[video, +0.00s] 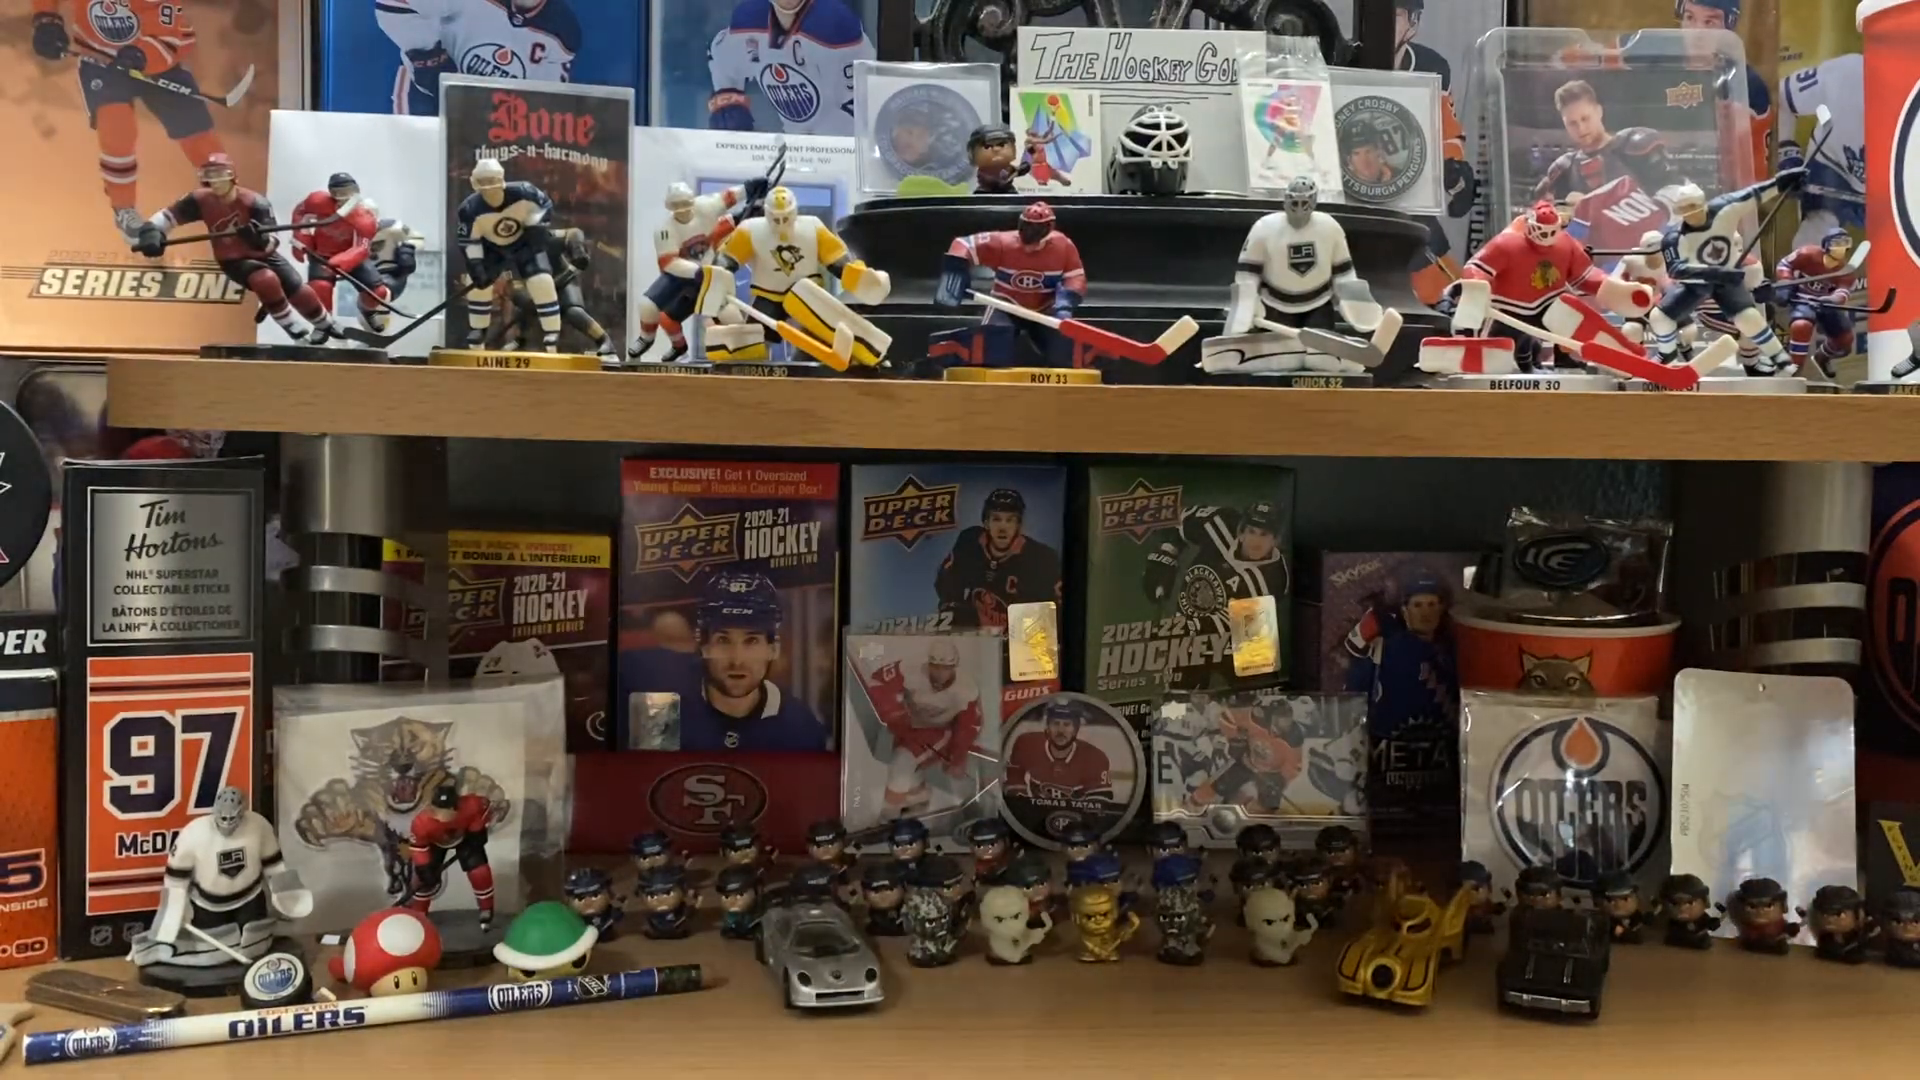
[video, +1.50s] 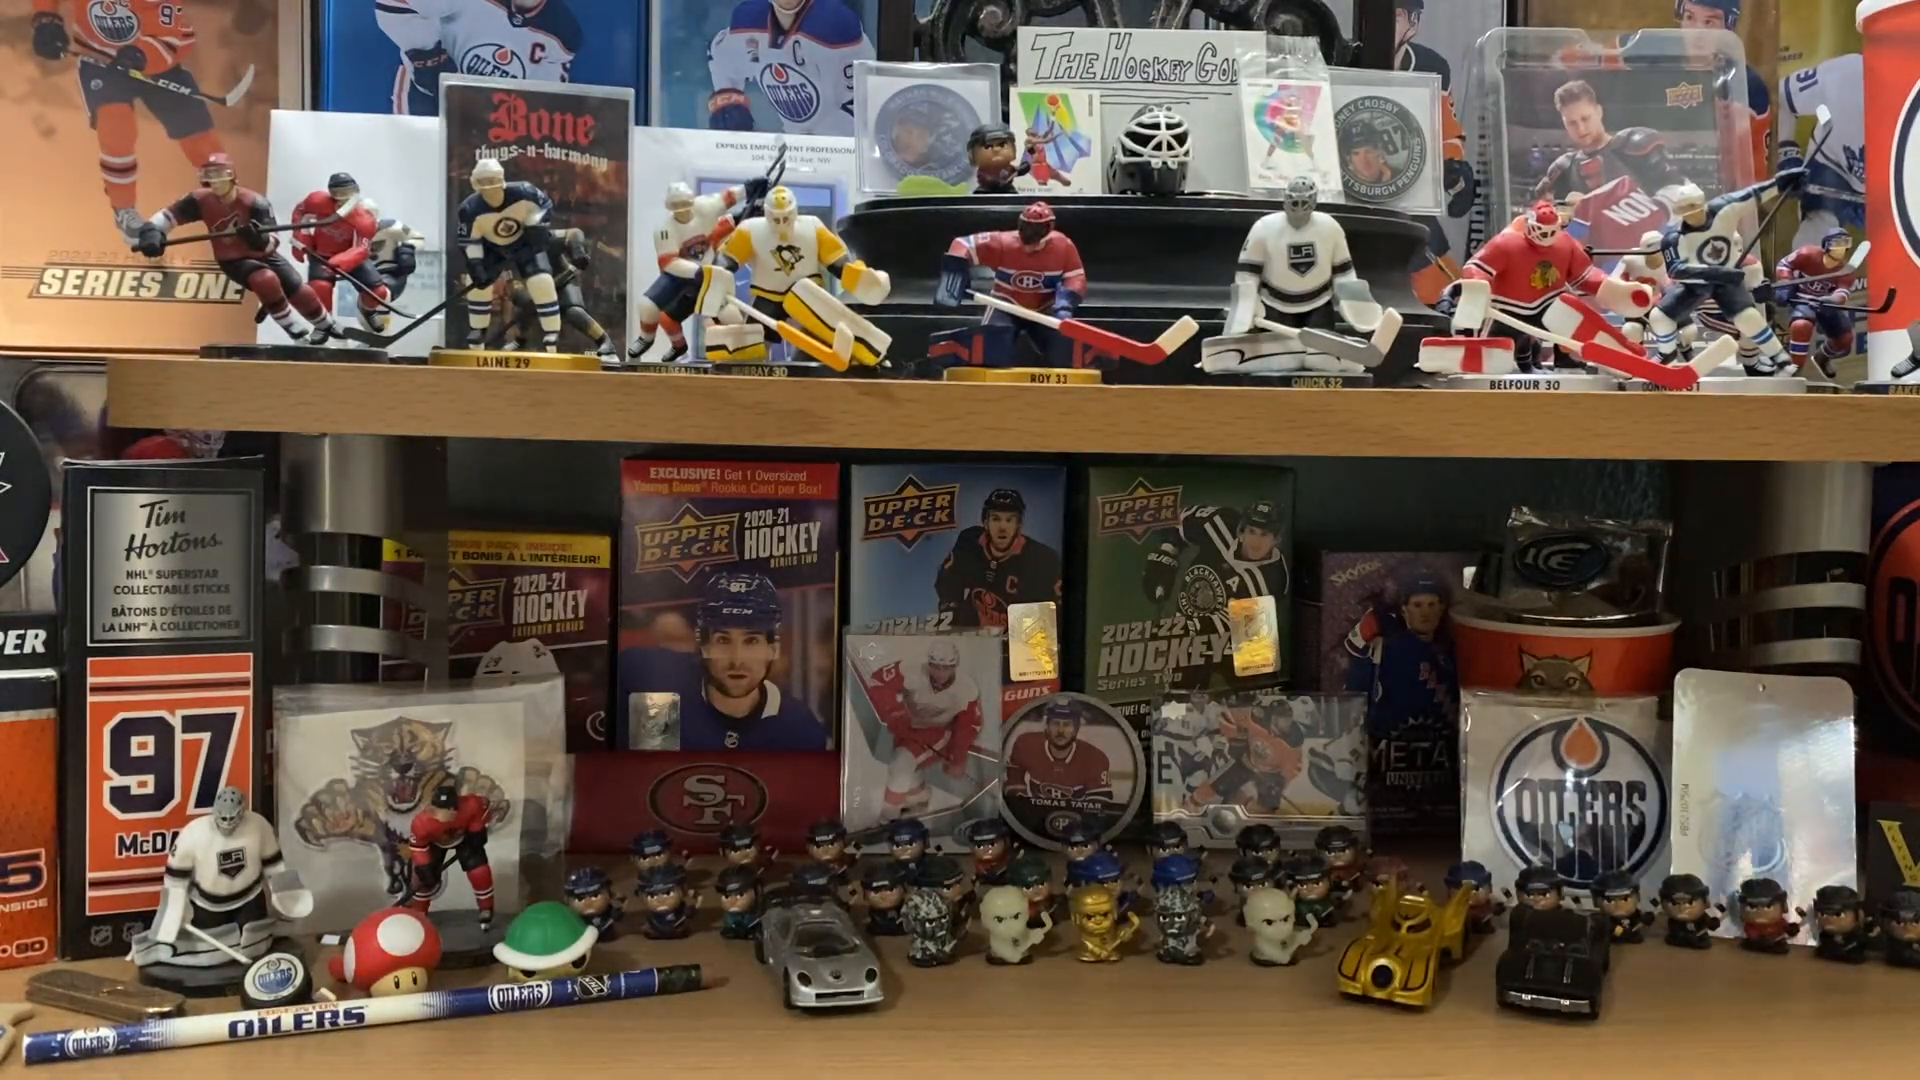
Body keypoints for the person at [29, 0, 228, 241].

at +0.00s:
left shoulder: (161, 7)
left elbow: (172, 40)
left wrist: (141, 54)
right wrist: (46, 18)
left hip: (157, 60)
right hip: (100, 60)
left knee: (206, 149)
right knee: (118, 128)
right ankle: (125, 211)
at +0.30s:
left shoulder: (162, 7)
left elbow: (174, 40)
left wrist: (141, 54)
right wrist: (46, 17)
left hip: (158, 60)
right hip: (100, 60)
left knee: (207, 150)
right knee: (118, 128)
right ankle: (125, 211)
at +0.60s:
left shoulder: (160, 7)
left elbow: (175, 39)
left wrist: (141, 54)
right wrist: (46, 18)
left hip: (157, 61)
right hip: (100, 61)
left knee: (208, 151)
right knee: (118, 128)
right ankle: (125, 211)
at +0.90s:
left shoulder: (160, 7)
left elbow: (177, 40)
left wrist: (142, 54)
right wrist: (46, 18)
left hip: (157, 61)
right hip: (100, 61)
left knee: (207, 151)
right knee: (118, 127)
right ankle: (125, 211)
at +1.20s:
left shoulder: (160, 7)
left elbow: (178, 39)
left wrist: (142, 54)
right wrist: (46, 18)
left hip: (157, 61)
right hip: (100, 61)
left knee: (206, 148)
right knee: (118, 128)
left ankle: (232, 209)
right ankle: (125, 211)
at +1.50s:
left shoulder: (160, 7)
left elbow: (179, 39)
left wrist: (142, 54)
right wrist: (46, 18)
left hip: (157, 62)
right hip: (100, 61)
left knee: (206, 149)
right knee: (118, 128)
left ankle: (232, 210)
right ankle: (125, 211)